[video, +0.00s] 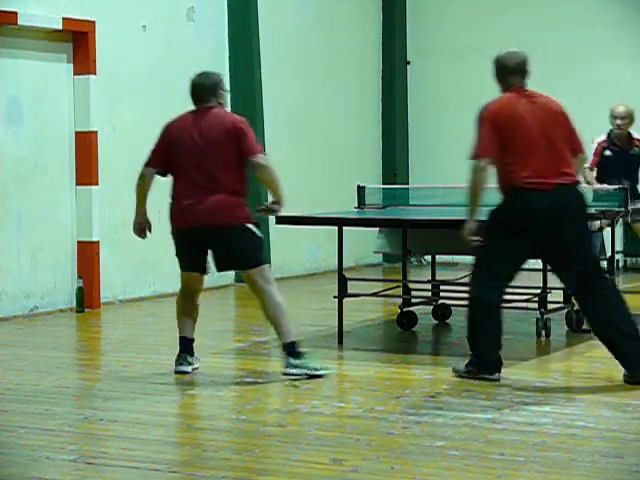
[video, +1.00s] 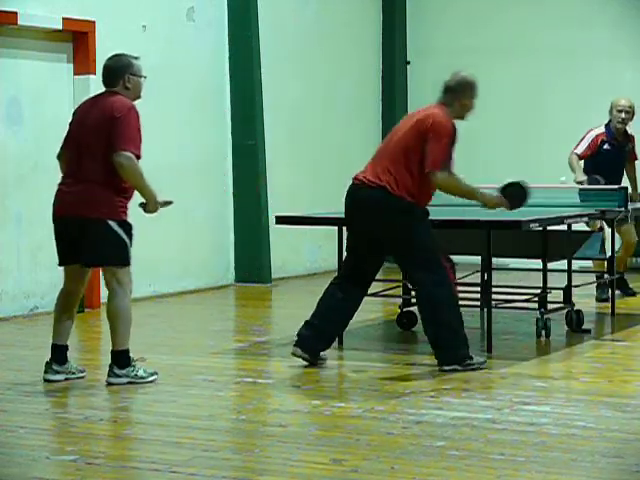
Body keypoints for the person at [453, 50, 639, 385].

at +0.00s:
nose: (499, 80)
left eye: (498, 75)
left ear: (498, 77)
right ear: (526, 75)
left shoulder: (494, 111)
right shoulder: (552, 106)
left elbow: (482, 165)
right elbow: (578, 155)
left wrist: (472, 217)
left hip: (522, 208)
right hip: (567, 205)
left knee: (486, 279)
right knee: (591, 281)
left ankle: (485, 363)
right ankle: (636, 362)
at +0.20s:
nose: (479, 65)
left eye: (475, 59)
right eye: (489, 60)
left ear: (469, 62)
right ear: (499, 61)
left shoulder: (452, 97)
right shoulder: (520, 95)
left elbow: (432, 146)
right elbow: (547, 141)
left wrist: (430, 195)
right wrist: (523, 171)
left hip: (472, 194)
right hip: (516, 192)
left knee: (469, 276)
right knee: (528, 268)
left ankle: (478, 359)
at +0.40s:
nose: (481, 78)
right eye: (485, 74)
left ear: (458, 72)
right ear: (487, 75)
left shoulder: (435, 101)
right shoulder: (500, 112)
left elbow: (407, 144)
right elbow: (520, 164)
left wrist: (403, 190)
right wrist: (488, 185)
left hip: (427, 197)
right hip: (470, 201)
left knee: (413, 265)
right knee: (471, 276)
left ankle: (406, 333)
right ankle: (470, 358)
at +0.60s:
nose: (447, 100)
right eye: (449, 96)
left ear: (422, 94)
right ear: (448, 96)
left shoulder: (395, 122)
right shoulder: (458, 128)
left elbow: (362, 166)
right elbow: (479, 181)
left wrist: (352, 211)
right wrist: (446, 198)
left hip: (389, 212)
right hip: (434, 215)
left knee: (361, 280)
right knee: (461, 280)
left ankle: (323, 352)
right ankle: (471, 357)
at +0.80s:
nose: (440, 102)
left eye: (439, 98)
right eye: (440, 98)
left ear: (409, 95)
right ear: (436, 98)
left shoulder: (381, 121)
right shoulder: (436, 125)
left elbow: (351, 169)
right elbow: (447, 173)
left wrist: (354, 209)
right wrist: (456, 206)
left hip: (365, 208)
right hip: (408, 211)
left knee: (351, 278)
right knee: (443, 277)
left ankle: (318, 349)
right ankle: (463, 353)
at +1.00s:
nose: (472, 107)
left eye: (473, 101)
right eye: (471, 101)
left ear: (448, 95)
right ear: (461, 98)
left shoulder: (422, 116)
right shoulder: (441, 123)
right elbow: (439, 177)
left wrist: (479, 194)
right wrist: (483, 197)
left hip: (362, 197)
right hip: (394, 204)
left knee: (354, 275)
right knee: (433, 276)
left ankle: (309, 343)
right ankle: (453, 356)